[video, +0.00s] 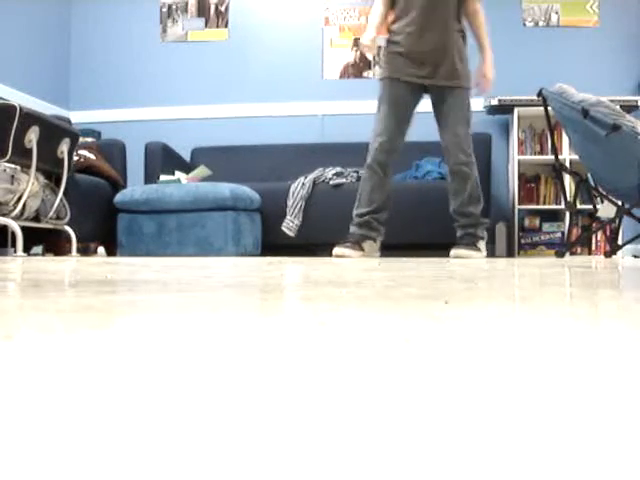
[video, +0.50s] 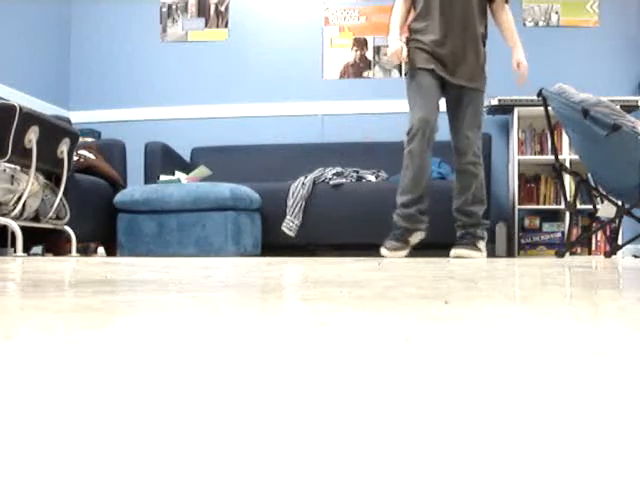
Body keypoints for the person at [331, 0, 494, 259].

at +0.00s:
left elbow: (472, 7)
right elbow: (383, 5)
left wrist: (486, 58)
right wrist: (370, 34)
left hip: (449, 60)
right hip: (401, 58)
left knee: (459, 154)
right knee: (381, 149)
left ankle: (470, 238)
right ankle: (364, 238)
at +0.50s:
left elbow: (499, 6)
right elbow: (404, 2)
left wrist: (517, 48)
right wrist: (394, 37)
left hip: (468, 53)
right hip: (425, 48)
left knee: (468, 148)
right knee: (421, 124)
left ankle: (471, 234)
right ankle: (408, 224)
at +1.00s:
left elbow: (463, 5)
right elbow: (378, 11)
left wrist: (468, 47)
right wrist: (368, 54)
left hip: (442, 60)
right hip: (395, 62)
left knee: (448, 147)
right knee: (396, 157)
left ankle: (461, 236)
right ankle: (401, 237)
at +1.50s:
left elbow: (461, 9)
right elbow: (378, 10)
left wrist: (471, 53)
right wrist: (365, 57)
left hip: (440, 67)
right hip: (393, 66)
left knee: (444, 153)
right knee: (392, 154)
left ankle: (438, 237)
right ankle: (395, 238)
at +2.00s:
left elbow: (471, 12)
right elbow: (387, 9)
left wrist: (478, 60)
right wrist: (383, 51)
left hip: (452, 68)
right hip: (405, 67)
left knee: (454, 157)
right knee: (399, 155)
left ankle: (451, 238)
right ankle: (396, 238)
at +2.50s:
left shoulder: (483, 3)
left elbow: (489, 22)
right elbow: (403, 6)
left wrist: (499, 73)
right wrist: (394, 50)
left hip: (458, 71)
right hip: (414, 65)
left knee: (457, 159)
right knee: (407, 153)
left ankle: (456, 237)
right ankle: (392, 235)